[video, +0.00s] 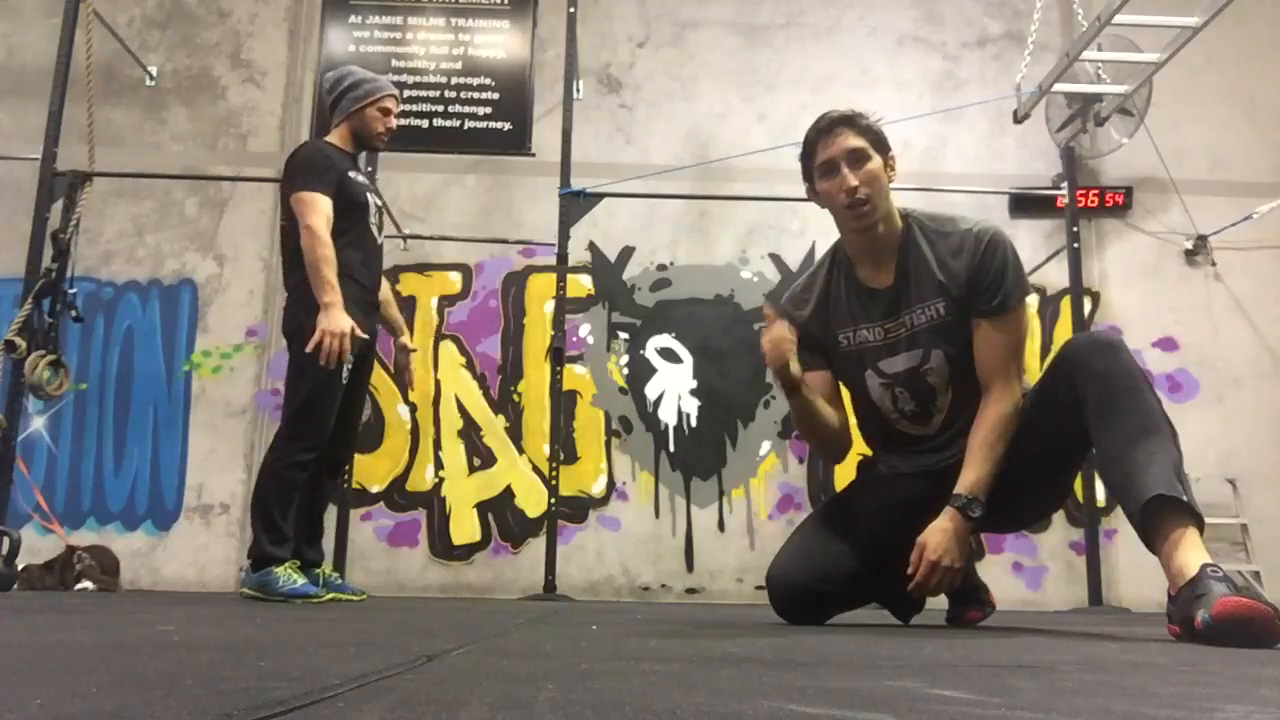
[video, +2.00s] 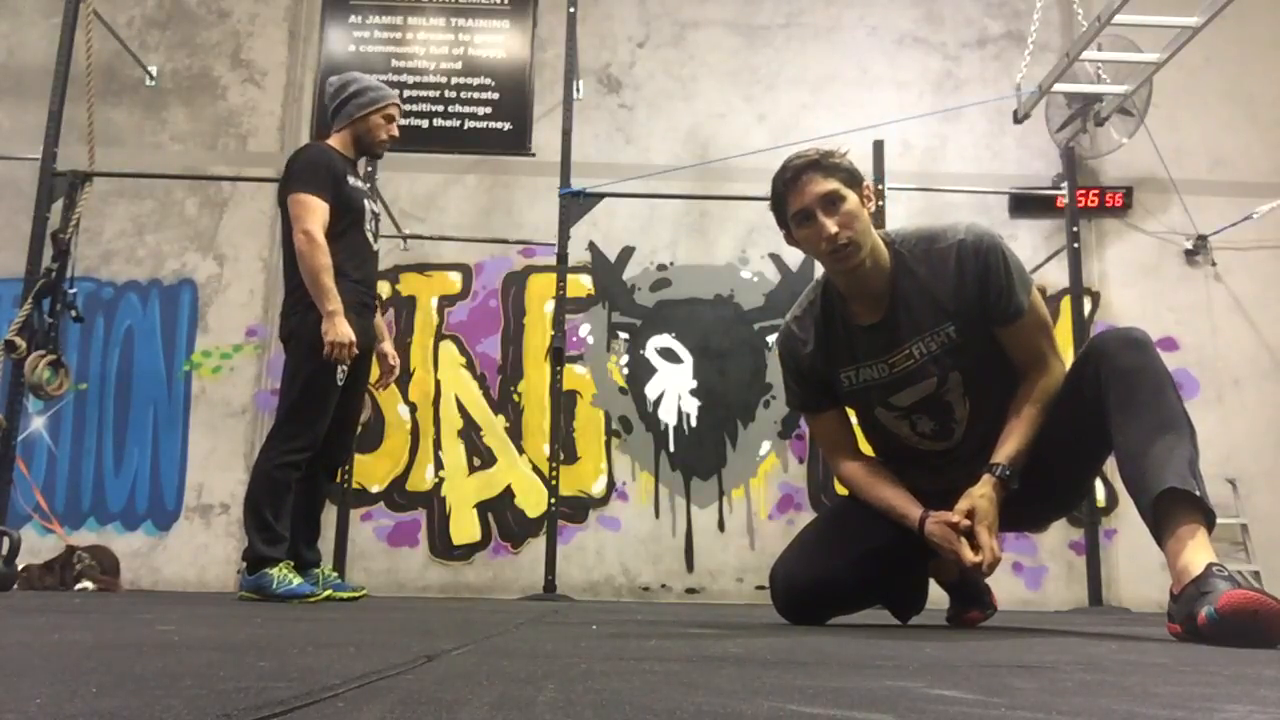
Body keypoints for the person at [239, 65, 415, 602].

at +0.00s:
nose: (392, 123)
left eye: (395, 114)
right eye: (383, 112)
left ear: (376, 118)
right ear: (350, 109)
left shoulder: (356, 173)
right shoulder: (314, 157)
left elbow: (366, 264)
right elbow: (313, 233)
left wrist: (398, 324)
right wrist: (331, 307)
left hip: (356, 324)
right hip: (321, 319)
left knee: (331, 448)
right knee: (303, 440)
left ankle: (305, 563)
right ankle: (267, 565)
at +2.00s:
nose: (394, 129)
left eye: (396, 120)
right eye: (387, 118)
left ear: (365, 123)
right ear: (354, 116)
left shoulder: (353, 177)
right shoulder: (314, 161)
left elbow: (357, 266)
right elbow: (307, 237)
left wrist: (380, 333)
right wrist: (332, 314)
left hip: (350, 328)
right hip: (318, 324)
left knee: (326, 449)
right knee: (295, 440)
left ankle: (303, 563)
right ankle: (262, 565)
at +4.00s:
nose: (385, 116)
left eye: (384, 107)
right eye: (376, 107)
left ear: (356, 116)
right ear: (344, 111)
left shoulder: (354, 174)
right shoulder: (315, 162)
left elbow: (359, 265)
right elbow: (311, 242)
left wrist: (380, 334)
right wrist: (335, 316)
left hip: (347, 329)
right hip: (317, 324)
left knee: (323, 451)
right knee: (294, 442)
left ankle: (302, 564)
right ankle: (262, 566)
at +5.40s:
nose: (390, 118)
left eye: (389, 109)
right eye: (381, 108)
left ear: (364, 118)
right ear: (349, 113)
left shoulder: (356, 176)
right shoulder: (320, 163)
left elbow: (364, 267)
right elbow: (316, 242)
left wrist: (384, 337)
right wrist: (339, 317)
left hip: (351, 327)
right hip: (321, 323)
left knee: (326, 450)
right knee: (298, 440)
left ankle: (303, 563)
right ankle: (263, 566)